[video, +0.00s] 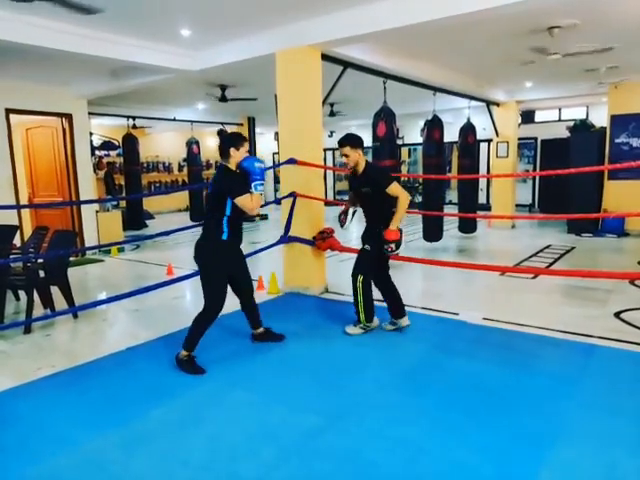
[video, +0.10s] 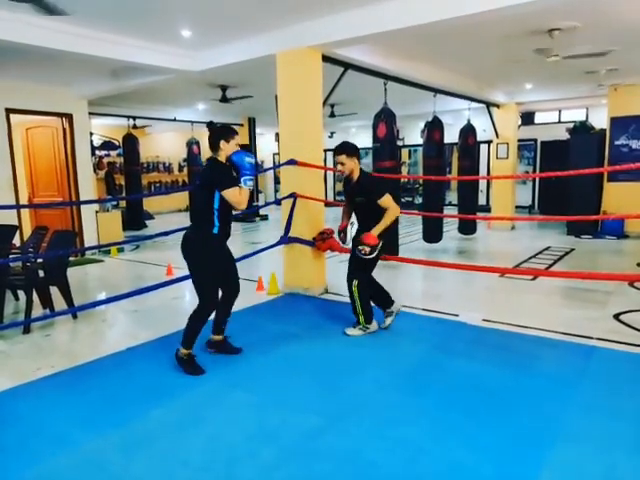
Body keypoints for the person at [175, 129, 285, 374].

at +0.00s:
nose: (247, 156)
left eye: (247, 151)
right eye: (244, 151)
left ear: (230, 152)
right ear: (233, 152)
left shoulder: (231, 174)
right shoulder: (227, 177)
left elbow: (242, 208)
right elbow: (253, 206)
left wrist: (254, 210)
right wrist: (257, 179)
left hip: (230, 247)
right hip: (213, 249)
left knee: (246, 291)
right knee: (214, 305)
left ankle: (259, 330)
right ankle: (185, 353)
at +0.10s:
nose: (238, 147)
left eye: (237, 143)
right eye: (235, 143)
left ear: (219, 145)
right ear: (223, 144)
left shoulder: (215, 168)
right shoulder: (217, 170)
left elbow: (236, 200)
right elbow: (240, 202)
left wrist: (243, 181)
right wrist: (246, 176)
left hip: (213, 241)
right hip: (202, 243)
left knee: (231, 289)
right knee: (209, 300)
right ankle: (184, 351)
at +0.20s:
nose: (227, 152)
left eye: (227, 147)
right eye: (225, 147)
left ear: (208, 149)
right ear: (213, 148)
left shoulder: (203, 171)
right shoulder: (206, 173)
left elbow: (225, 204)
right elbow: (228, 207)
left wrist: (232, 183)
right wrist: (235, 180)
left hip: (197, 243)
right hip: (193, 245)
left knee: (212, 297)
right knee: (208, 300)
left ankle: (191, 346)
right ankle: (173, 355)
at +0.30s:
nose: (217, 156)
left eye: (217, 152)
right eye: (214, 152)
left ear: (199, 154)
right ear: (203, 154)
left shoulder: (198, 179)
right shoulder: (194, 182)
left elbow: (213, 215)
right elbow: (215, 218)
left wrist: (222, 205)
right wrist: (225, 198)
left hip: (194, 252)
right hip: (183, 255)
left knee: (210, 301)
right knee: (195, 311)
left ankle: (189, 351)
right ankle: (154, 370)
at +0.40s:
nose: (206, 162)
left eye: (206, 157)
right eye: (203, 157)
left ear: (186, 158)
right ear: (192, 158)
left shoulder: (178, 182)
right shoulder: (190, 185)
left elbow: (204, 217)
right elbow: (210, 222)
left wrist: (209, 210)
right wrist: (215, 202)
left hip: (181, 258)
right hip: (175, 261)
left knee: (206, 304)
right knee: (177, 324)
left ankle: (188, 351)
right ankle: (142, 388)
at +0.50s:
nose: (194, 161)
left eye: (194, 156)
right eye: (192, 155)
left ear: (172, 155)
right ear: (181, 155)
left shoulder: (161, 181)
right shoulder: (180, 182)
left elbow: (195, 215)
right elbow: (207, 216)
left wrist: (202, 204)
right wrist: (207, 191)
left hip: (169, 261)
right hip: (166, 265)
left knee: (192, 306)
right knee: (163, 328)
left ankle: (185, 351)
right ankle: (135, 396)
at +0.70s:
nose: (181, 148)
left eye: (180, 144)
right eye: (178, 144)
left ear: (157, 146)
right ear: (167, 145)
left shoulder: (149, 172)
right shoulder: (171, 172)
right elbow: (200, 206)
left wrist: (193, 184)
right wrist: (200, 180)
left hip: (146, 256)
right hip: (153, 260)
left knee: (181, 305)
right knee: (152, 327)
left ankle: (172, 362)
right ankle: (131, 396)